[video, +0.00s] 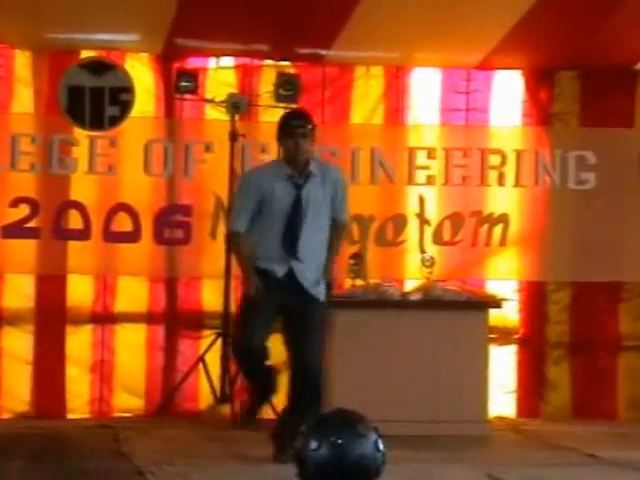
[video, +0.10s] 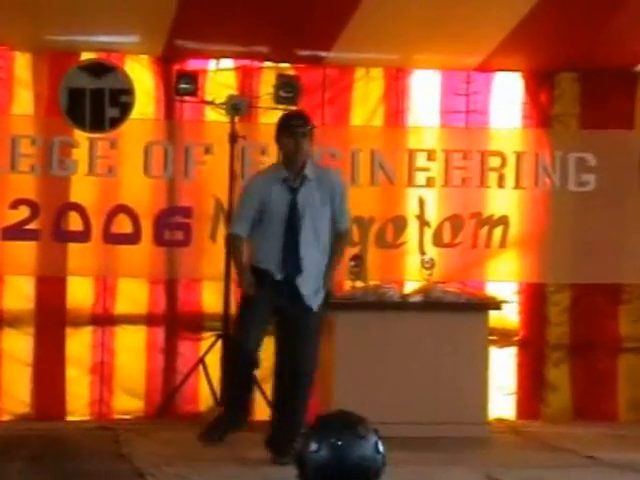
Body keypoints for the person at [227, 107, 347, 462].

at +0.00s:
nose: (300, 145)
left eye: (306, 137)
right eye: (293, 137)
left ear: (314, 141)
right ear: (281, 141)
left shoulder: (331, 180)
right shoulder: (257, 179)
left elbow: (339, 227)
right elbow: (236, 234)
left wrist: (328, 270)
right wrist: (249, 277)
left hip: (309, 280)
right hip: (265, 277)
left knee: (308, 365)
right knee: (247, 343)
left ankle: (293, 434)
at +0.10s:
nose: (296, 147)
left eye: (301, 139)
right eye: (289, 139)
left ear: (311, 141)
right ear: (278, 143)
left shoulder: (330, 184)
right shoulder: (261, 184)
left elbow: (341, 233)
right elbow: (237, 232)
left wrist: (329, 276)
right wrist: (244, 273)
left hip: (307, 287)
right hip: (264, 281)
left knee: (297, 369)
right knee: (241, 346)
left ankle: (284, 439)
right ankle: (233, 412)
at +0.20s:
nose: (295, 137)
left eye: (300, 129)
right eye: (288, 129)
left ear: (309, 131)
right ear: (276, 131)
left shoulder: (329, 172)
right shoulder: (259, 172)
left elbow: (343, 220)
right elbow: (243, 221)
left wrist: (327, 263)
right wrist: (247, 248)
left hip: (310, 275)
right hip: (267, 273)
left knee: (302, 364)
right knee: (255, 357)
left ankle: (291, 442)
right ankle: (240, 440)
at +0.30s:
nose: (295, 133)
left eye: (300, 124)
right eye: (288, 125)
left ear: (308, 126)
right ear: (276, 126)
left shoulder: (327, 163)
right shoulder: (257, 163)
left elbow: (338, 213)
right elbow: (247, 214)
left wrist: (329, 257)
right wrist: (234, 240)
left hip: (311, 267)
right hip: (268, 267)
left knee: (306, 354)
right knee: (269, 352)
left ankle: (301, 433)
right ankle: (265, 434)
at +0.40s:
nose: (300, 143)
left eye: (305, 136)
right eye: (293, 136)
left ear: (311, 135)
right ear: (277, 132)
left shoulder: (323, 171)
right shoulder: (255, 168)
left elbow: (334, 218)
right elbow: (239, 221)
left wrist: (329, 262)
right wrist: (224, 268)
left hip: (312, 271)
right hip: (269, 271)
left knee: (313, 354)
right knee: (279, 354)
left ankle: (309, 435)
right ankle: (289, 436)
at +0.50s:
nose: (303, 145)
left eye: (308, 138)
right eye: (296, 138)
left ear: (313, 136)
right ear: (279, 133)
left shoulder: (323, 172)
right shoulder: (255, 167)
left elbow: (332, 220)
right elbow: (234, 222)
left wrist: (328, 259)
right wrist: (228, 273)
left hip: (310, 272)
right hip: (268, 271)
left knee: (318, 350)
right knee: (278, 354)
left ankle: (289, 423)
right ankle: (287, 437)